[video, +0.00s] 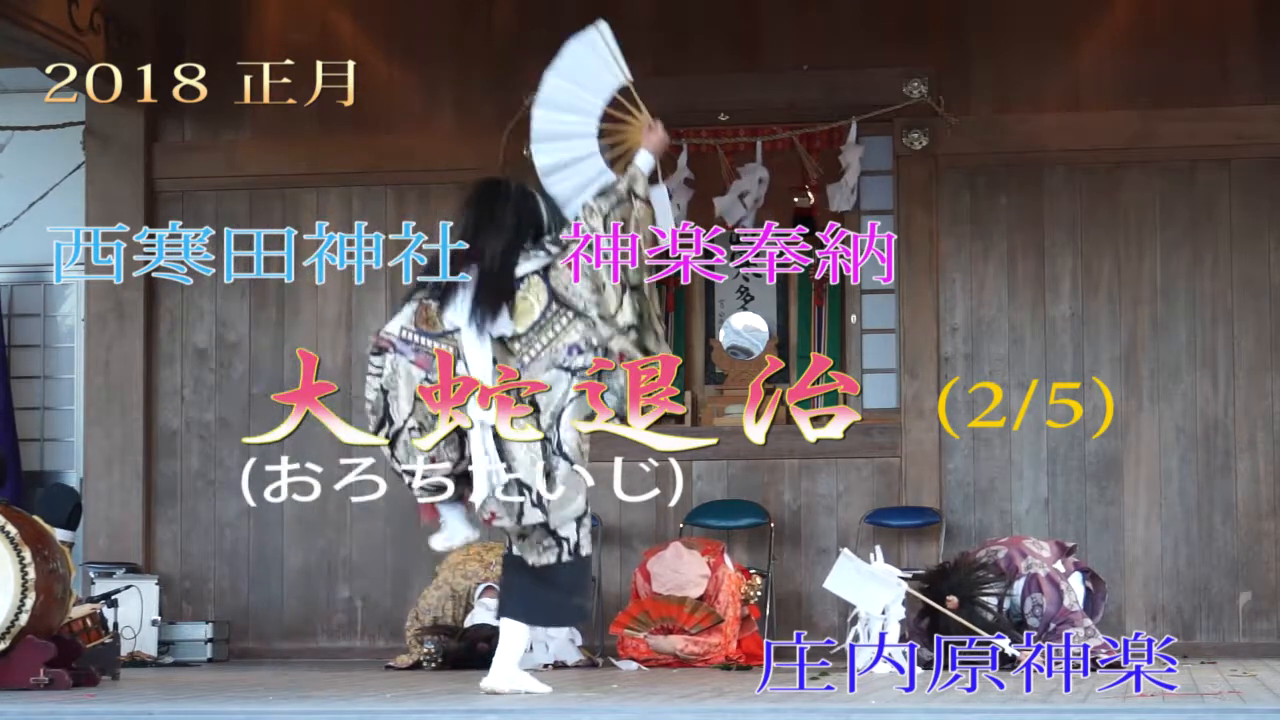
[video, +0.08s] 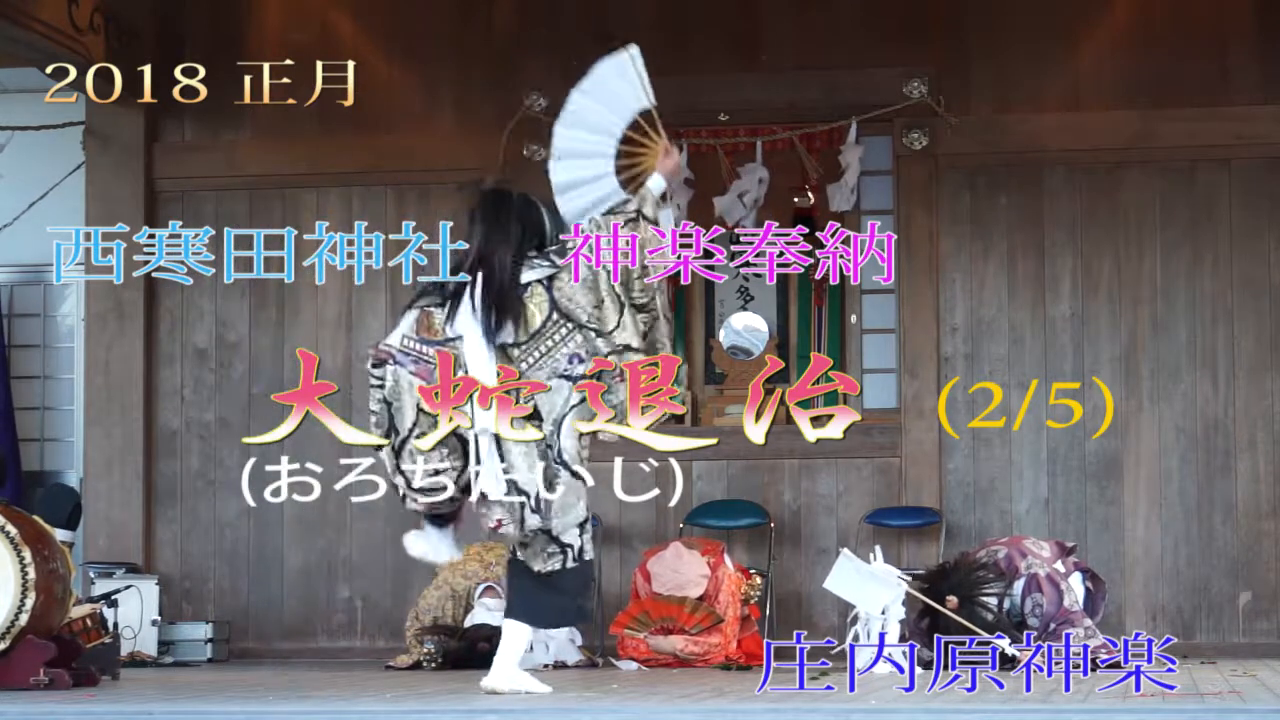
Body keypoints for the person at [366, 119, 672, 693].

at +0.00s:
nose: (544, 226)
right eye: (538, 218)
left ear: (475, 229)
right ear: (532, 225)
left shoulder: (459, 292)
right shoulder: (552, 274)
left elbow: (390, 342)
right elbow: (598, 226)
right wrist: (644, 161)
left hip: (494, 437)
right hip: (539, 438)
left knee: (545, 524)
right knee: (532, 539)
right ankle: (507, 664)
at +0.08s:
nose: (551, 241)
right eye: (544, 231)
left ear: (476, 238)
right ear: (536, 235)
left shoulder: (449, 298)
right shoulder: (557, 285)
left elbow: (392, 364)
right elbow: (613, 245)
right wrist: (659, 184)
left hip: (483, 440)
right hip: (540, 441)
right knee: (542, 540)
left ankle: (436, 530)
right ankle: (507, 665)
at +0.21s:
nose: (550, 235)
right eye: (543, 225)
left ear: (479, 230)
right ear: (532, 229)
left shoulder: (463, 290)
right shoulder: (547, 284)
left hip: (486, 434)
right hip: (539, 437)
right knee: (542, 535)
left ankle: (414, 566)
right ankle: (507, 663)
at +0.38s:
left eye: (459, 225)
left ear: (467, 231)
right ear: (531, 231)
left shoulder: (435, 299)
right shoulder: (552, 293)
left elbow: (391, 382)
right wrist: (628, 177)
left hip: (445, 444)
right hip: (522, 446)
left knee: (417, 524)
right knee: (521, 546)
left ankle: (394, 638)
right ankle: (505, 663)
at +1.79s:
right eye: (505, 230)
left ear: (447, 244)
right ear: (503, 238)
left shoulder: (423, 306)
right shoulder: (523, 284)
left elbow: (397, 391)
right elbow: (575, 257)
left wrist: (398, 440)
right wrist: (612, 204)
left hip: (431, 442)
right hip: (502, 432)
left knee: (442, 554)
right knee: (529, 528)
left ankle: (453, 662)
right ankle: (525, 614)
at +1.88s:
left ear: (455, 252)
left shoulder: (430, 311)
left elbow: (398, 402)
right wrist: (609, 212)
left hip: (430, 456)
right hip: (496, 452)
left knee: (452, 560)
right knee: (585, 507)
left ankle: (454, 661)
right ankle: (576, 592)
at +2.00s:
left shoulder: (468, 307)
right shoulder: (549, 282)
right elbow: (581, 263)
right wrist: (612, 209)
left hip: (452, 457)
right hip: (514, 454)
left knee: (465, 550)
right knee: (616, 470)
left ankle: (454, 661)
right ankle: (640, 570)